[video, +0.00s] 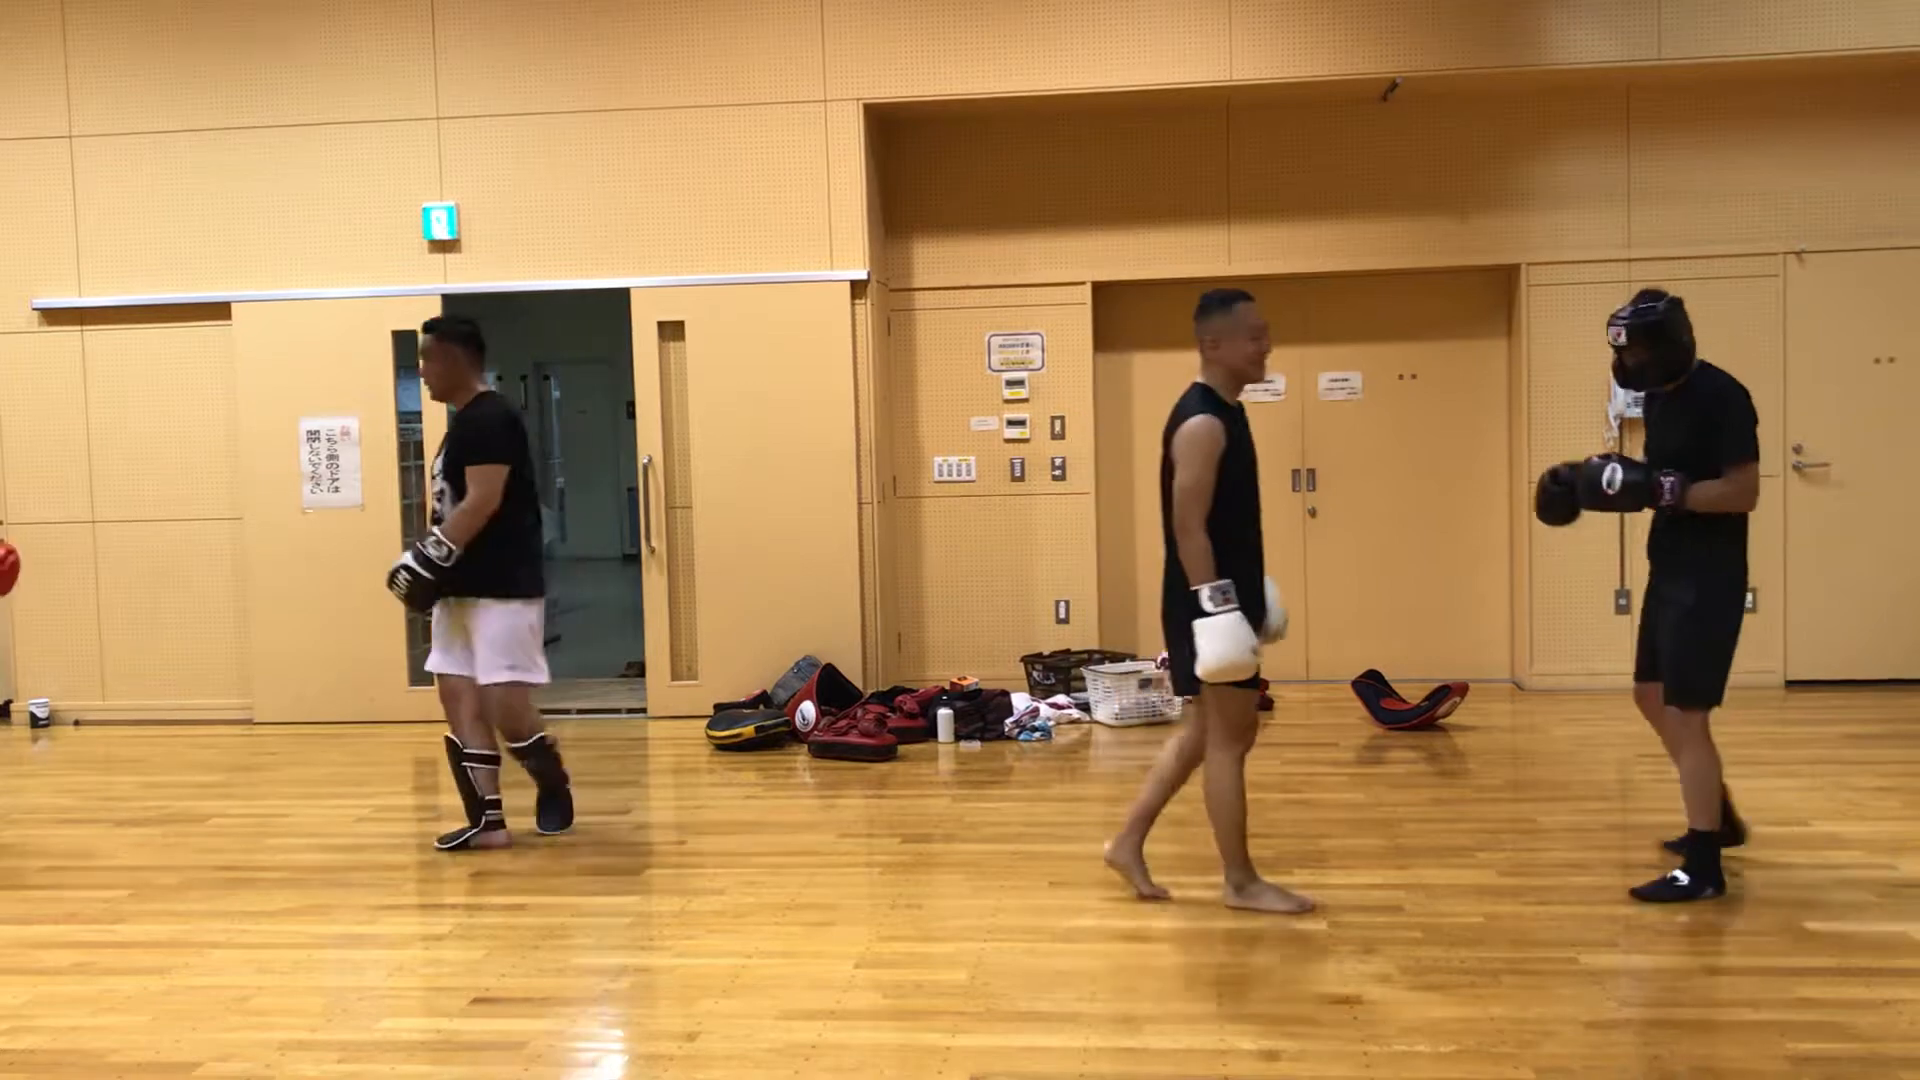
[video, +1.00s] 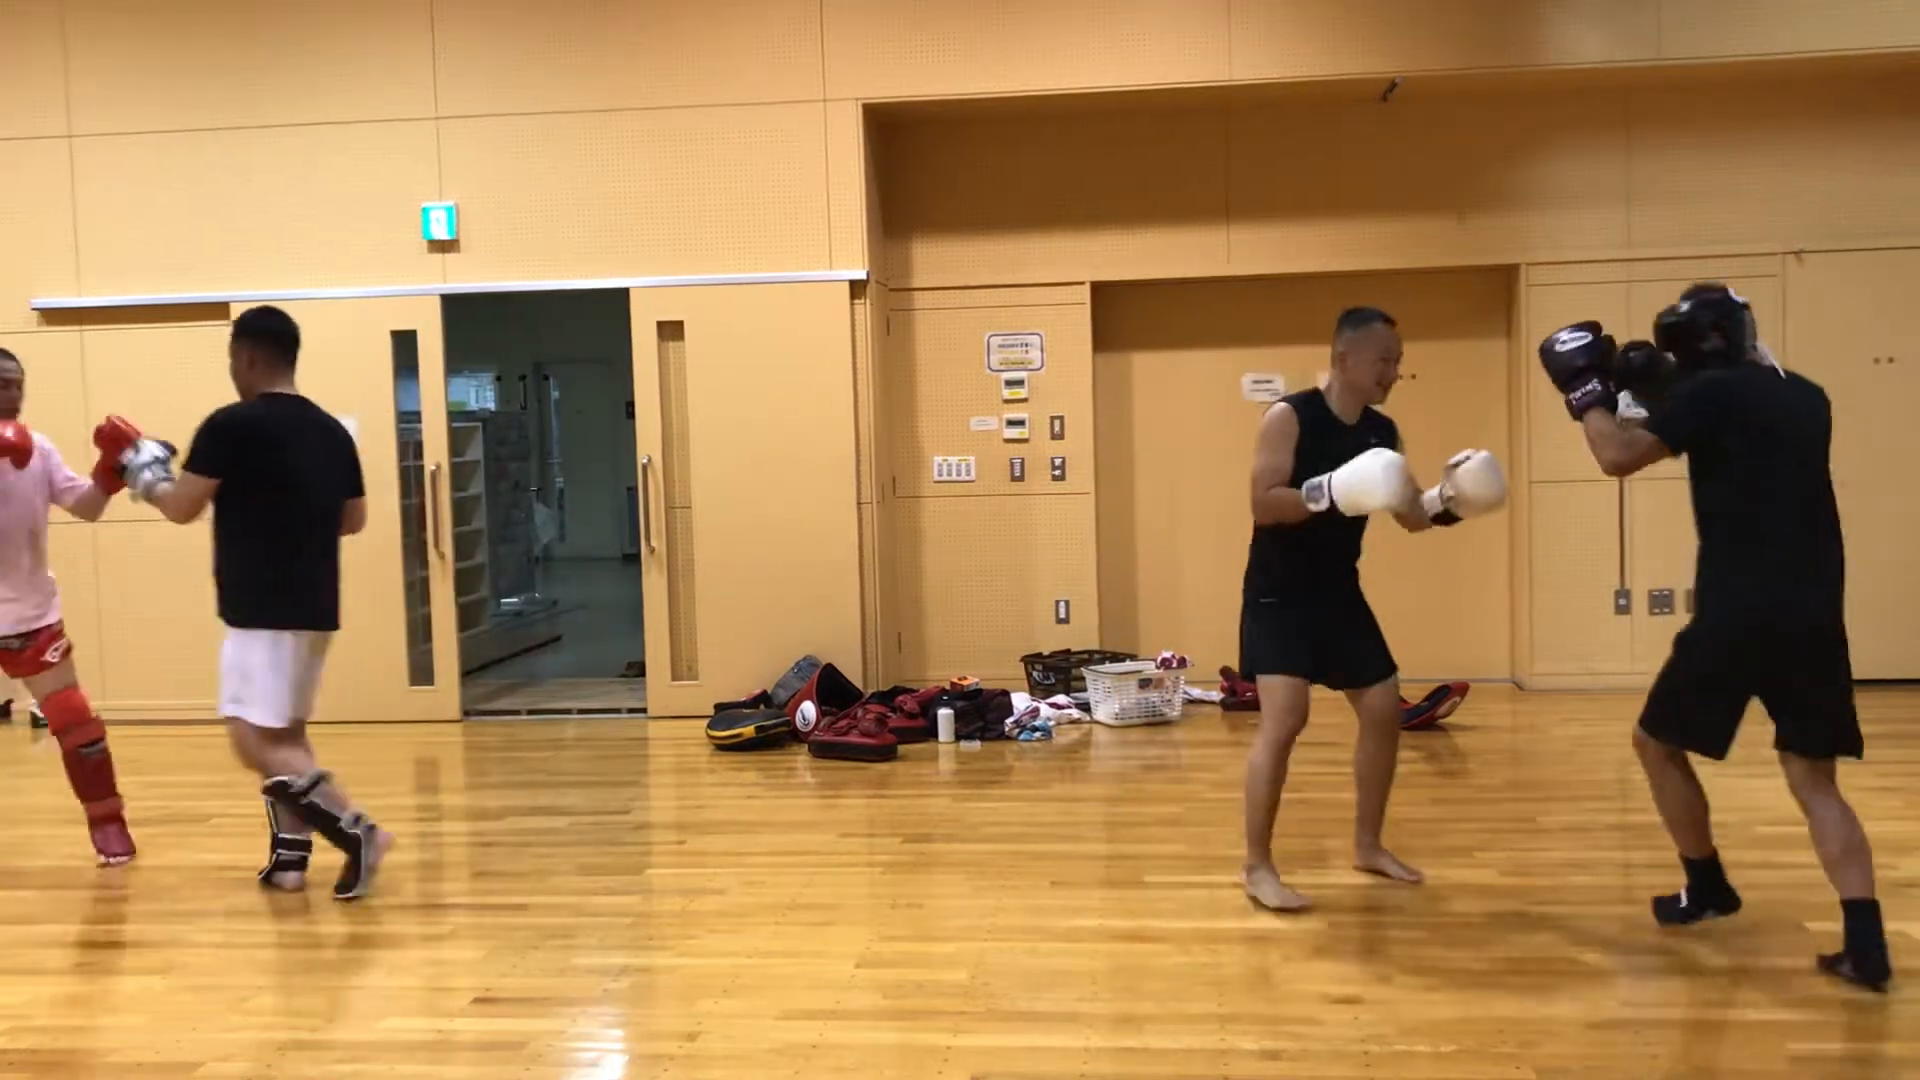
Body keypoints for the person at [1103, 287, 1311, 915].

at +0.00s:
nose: (1266, 346)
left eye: (1265, 335)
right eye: (1255, 337)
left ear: (1230, 344)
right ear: (1213, 344)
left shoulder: (1225, 412)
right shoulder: (1202, 422)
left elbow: (1227, 519)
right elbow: (1187, 526)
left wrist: (1256, 587)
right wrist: (1217, 610)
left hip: (1219, 600)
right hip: (1209, 606)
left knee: (1201, 731)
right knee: (1229, 737)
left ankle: (1128, 843)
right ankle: (1240, 880)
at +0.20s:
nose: (1299, 351)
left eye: (1298, 339)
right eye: (1291, 339)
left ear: (1254, 344)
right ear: (1258, 343)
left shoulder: (1238, 409)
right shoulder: (1237, 420)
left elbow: (1246, 513)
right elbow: (1222, 521)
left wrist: (1297, 554)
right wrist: (1276, 588)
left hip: (1241, 594)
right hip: (1228, 599)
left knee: (1277, 714)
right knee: (1244, 730)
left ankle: (1195, 835)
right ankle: (1241, 880)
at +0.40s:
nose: (1320, 347)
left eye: (1319, 335)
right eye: (1313, 335)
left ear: (1276, 341)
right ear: (1279, 339)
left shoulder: (1264, 409)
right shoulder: (1260, 417)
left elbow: (1293, 493)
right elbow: (1280, 515)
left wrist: (1351, 485)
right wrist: (1354, 502)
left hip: (1276, 603)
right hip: (1258, 607)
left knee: (1313, 711)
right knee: (1264, 727)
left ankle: (1320, 853)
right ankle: (1243, 881)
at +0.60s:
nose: (1337, 347)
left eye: (1337, 336)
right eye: (1329, 336)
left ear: (1303, 339)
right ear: (1292, 338)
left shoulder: (1316, 404)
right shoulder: (1259, 413)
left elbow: (1387, 441)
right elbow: (1312, 491)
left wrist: (1459, 412)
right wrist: (1350, 426)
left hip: (1313, 591)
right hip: (1272, 595)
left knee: (1345, 708)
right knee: (1283, 722)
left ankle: (1350, 851)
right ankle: (1246, 876)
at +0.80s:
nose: (1358, 354)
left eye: (1359, 342)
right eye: (1349, 341)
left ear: (1325, 344)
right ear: (1310, 341)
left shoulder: (1343, 412)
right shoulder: (1264, 412)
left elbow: (1385, 478)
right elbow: (1265, 504)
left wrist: (1441, 454)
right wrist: (1320, 457)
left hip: (1333, 587)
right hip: (1278, 594)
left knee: (1374, 702)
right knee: (1284, 723)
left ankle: (1365, 840)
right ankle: (1248, 873)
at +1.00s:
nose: (1396, 373)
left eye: (1398, 362)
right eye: (1386, 361)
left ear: (1376, 364)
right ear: (1344, 358)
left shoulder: (1381, 432)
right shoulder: (1288, 418)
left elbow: (1409, 516)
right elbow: (1263, 506)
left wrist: (1448, 501)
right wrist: (1329, 492)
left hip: (1339, 592)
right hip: (1278, 592)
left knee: (1383, 709)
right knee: (1283, 719)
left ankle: (1368, 847)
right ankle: (1258, 867)